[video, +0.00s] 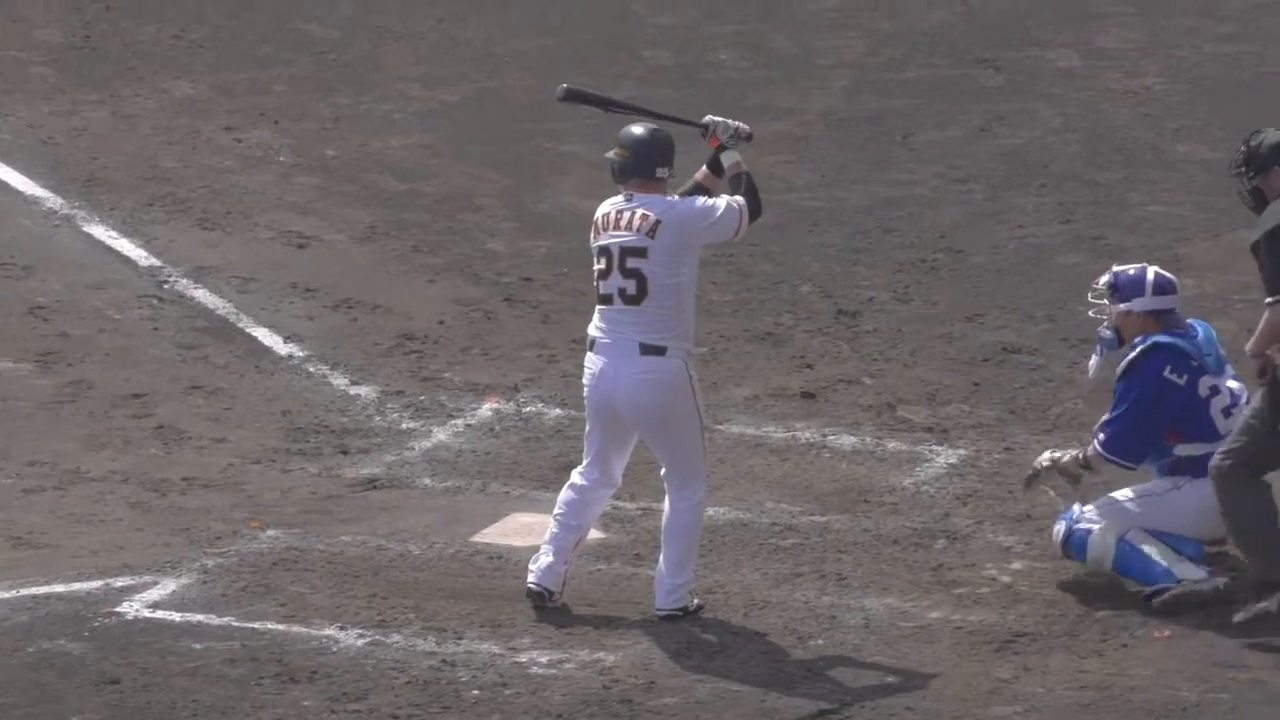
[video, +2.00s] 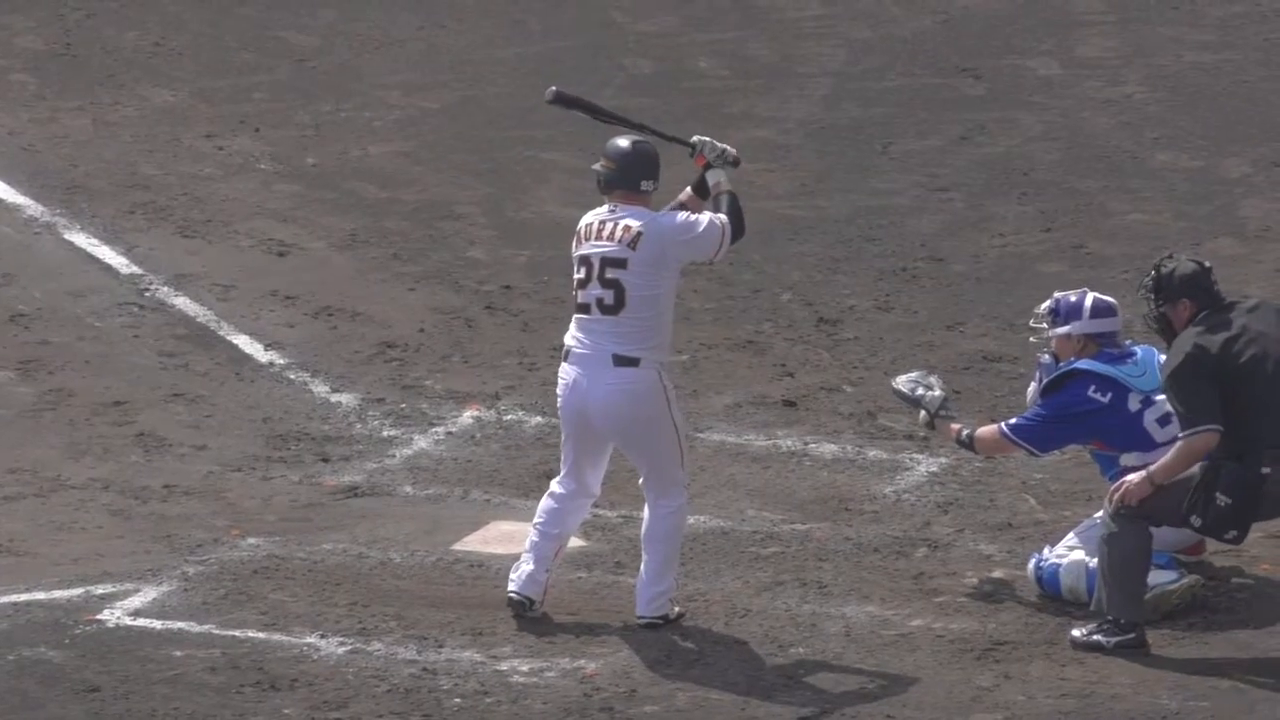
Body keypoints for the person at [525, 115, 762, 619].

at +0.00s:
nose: (614, 172)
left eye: (617, 166)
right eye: (666, 166)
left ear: (620, 170)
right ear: (667, 168)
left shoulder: (604, 215)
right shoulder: (683, 215)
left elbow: (681, 202)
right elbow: (749, 208)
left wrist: (718, 155)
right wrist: (734, 161)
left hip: (600, 365)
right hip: (660, 371)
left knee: (595, 472)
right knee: (685, 482)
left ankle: (544, 574)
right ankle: (673, 596)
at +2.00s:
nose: (599, 179)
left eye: (603, 173)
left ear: (605, 179)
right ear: (653, 181)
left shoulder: (587, 225)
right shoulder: (665, 229)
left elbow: (662, 220)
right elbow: (731, 226)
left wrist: (704, 176)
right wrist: (720, 178)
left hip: (574, 377)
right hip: (636, 383)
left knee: (573, 481)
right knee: (666, 491)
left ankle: (525, 583)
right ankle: (654, 604)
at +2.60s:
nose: (562, 205)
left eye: (565, 199)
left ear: (570, 202)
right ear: (609, 205)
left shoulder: (553, 242)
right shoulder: (616, 246)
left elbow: (628, 290)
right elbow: (686, 270)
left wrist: (694, 248)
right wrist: (689, 230)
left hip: (517, 386)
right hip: (569, 398)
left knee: (615, 392)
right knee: (615, 494)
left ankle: (562, 495)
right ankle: (605, 598)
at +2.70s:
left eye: (557, 201)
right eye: (603, 206)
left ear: (560, 204)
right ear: (600, 207)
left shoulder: (544, 243)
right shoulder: (608, 247)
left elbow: (614, 294)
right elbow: (676, 272)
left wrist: (680, 255)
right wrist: (681, 233)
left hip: (508, 383)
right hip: (558, 395)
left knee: (606, 395)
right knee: (607, 491)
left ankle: (553, 494)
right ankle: (601, 593)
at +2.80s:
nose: (594, 215)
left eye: (548, 201)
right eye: (593, 207)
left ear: (551, 205)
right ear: (591, 208)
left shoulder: (537, 243)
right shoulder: (598, 246)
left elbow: (607, 293)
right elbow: (668, 272)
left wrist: (666, 261)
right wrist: (672, 237)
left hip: (499, 381)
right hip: (548, 394)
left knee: (587, 404)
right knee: (598, 484)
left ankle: (532, 499)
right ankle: (601, 587)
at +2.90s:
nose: (538, 210)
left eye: (541, 204)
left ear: (545, 208)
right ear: (582, 212)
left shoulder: (530, 245)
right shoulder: (588, 247)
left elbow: (604, 295)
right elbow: (656, 268)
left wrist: (667, 263)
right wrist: (662, 239)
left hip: (490, 378)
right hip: (539, 389)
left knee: (534, 429)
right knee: (594, 479)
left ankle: (480, 506)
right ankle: (603, 581)